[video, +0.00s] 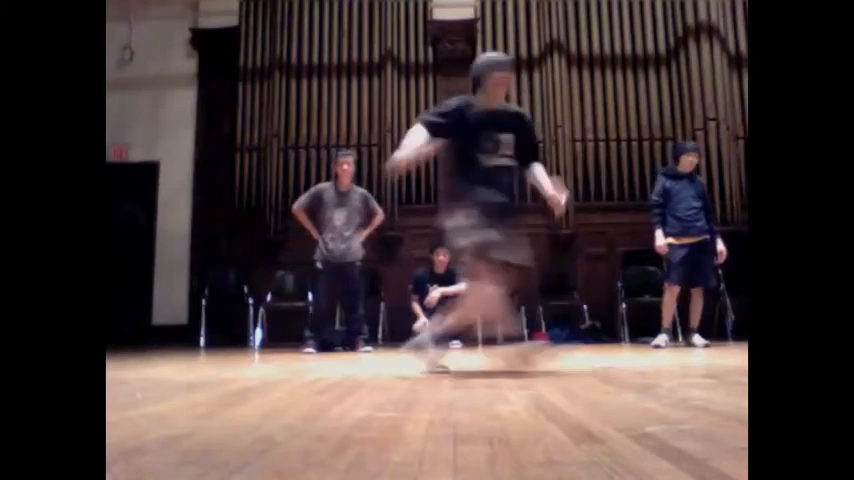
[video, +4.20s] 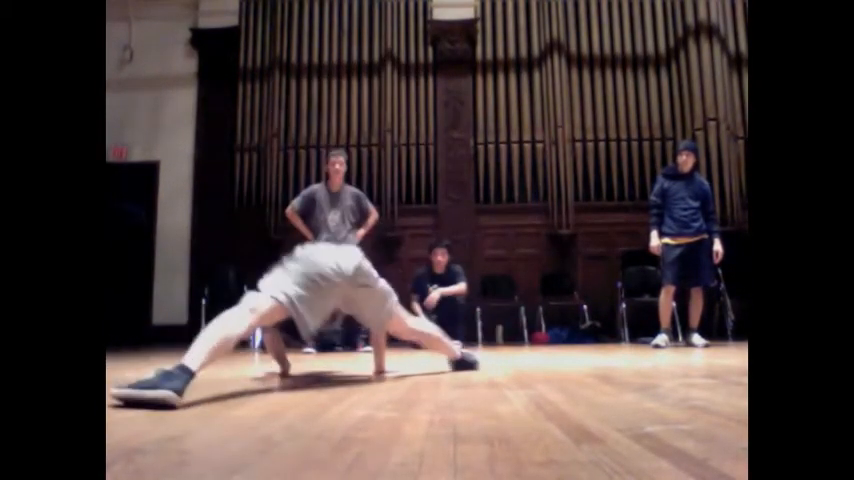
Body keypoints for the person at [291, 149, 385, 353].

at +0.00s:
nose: (345, 169)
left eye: (348, 164)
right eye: (341, 164)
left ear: (354, 168)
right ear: (335, 168)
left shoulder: (362, 195)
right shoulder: (322, 190)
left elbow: (379, 215)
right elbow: (297, 208)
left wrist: (362, 235)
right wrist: (316, 234)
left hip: (351, 253)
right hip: (327, 252)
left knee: (354, 300)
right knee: (323, 301)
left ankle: (356, 340)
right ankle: (316, 340)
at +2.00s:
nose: (336, 167)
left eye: (339, 164)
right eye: (332, 164)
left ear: (344, 169)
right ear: (326, 168)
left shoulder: (353, 194)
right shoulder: (314, 192)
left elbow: (373, 215)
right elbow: (290, 211)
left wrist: (358, 235)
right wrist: (308, 233)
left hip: (347, 256)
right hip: (321, 256)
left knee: (350, 300)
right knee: (319, 301)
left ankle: (356, 339)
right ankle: (315, 339)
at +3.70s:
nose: (337, 167)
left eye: (341, 163)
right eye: (334, 163)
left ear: (346, 167)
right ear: (326, 167)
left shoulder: (354, 194)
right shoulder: (314, 192)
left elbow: (373, 214)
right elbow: (290, 211)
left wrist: (360, 234)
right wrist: (307, 233)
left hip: (350, 259)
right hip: (318, 257)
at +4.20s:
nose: (337, 167)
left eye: (340, 164)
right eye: (334, 163)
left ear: (345, 167)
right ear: (326, 167)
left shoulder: (354, 194)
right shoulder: (314, 192)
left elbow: (373, 214)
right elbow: (291, 212)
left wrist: (360, 233)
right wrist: (310, 236)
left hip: (349, 248)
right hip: (320, 248)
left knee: (359, 294)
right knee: (316, 294)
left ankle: (353, 340)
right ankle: (313, 340)